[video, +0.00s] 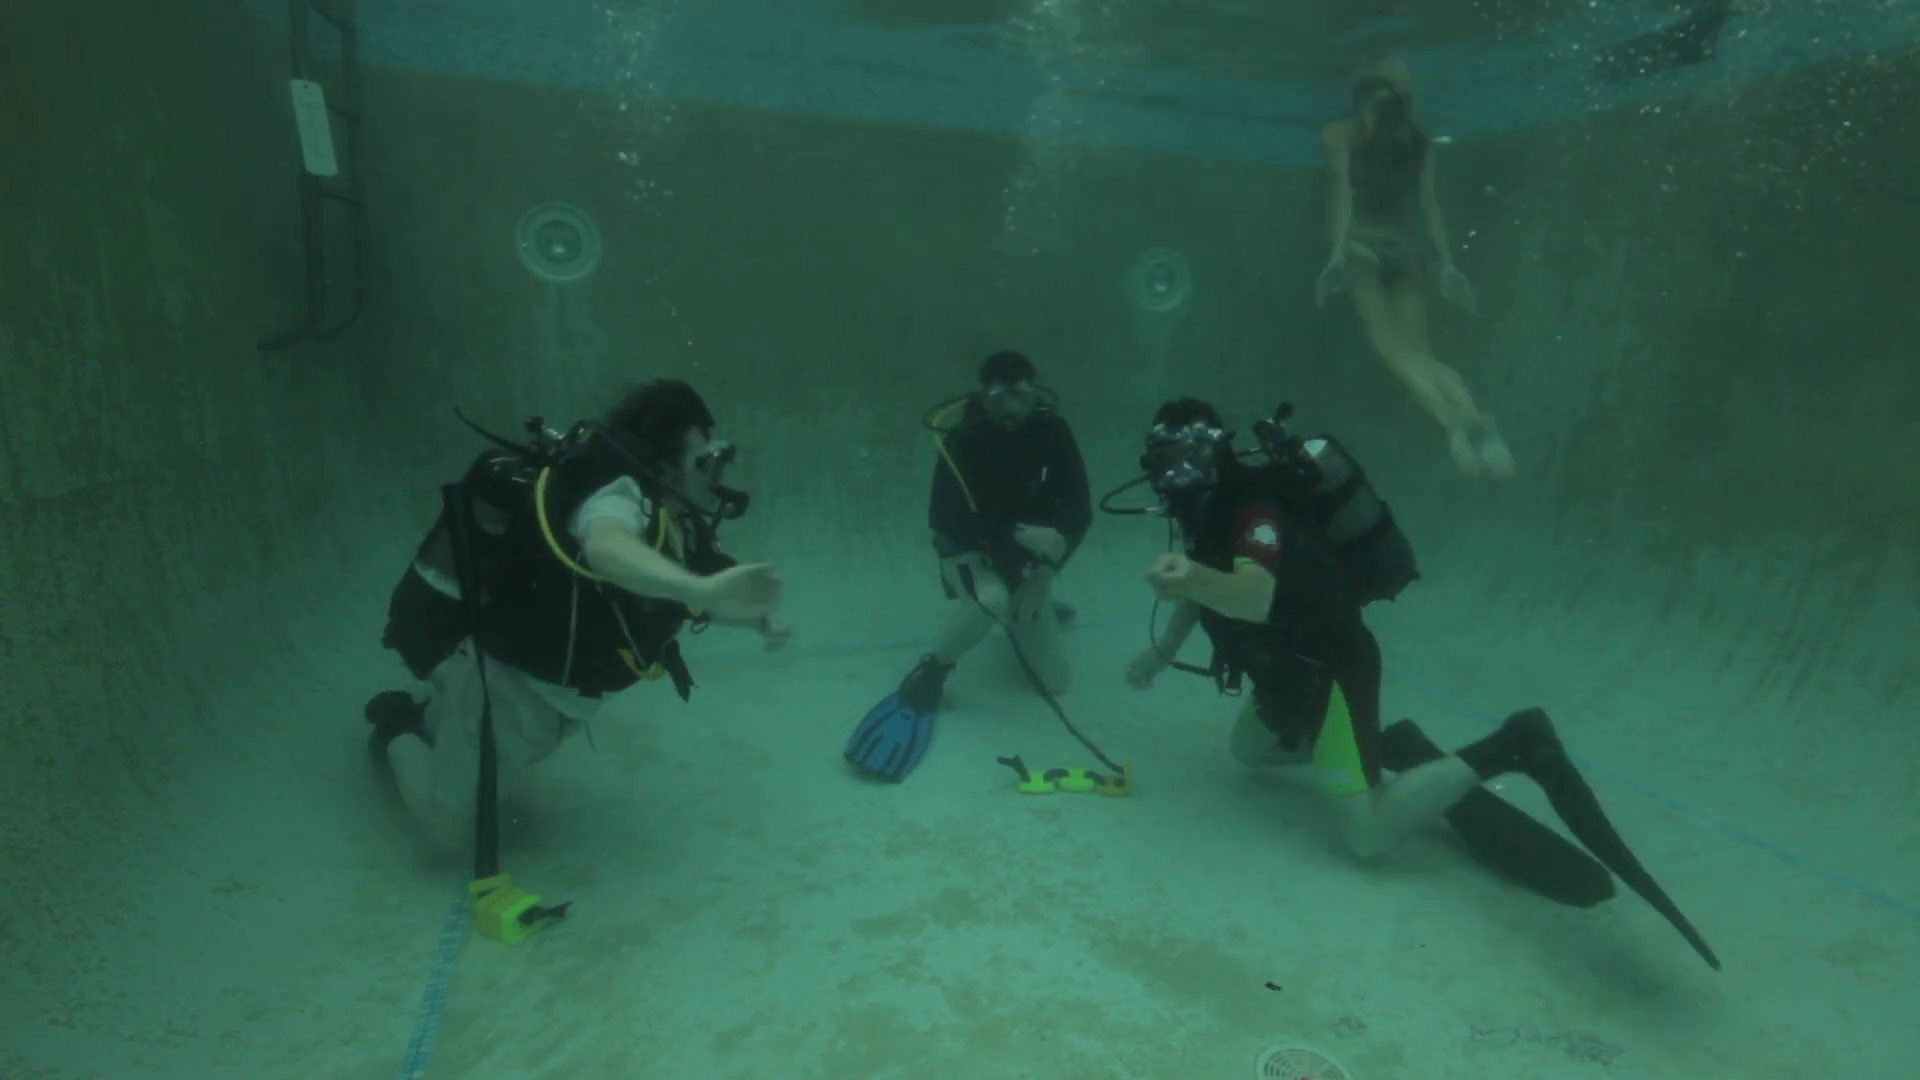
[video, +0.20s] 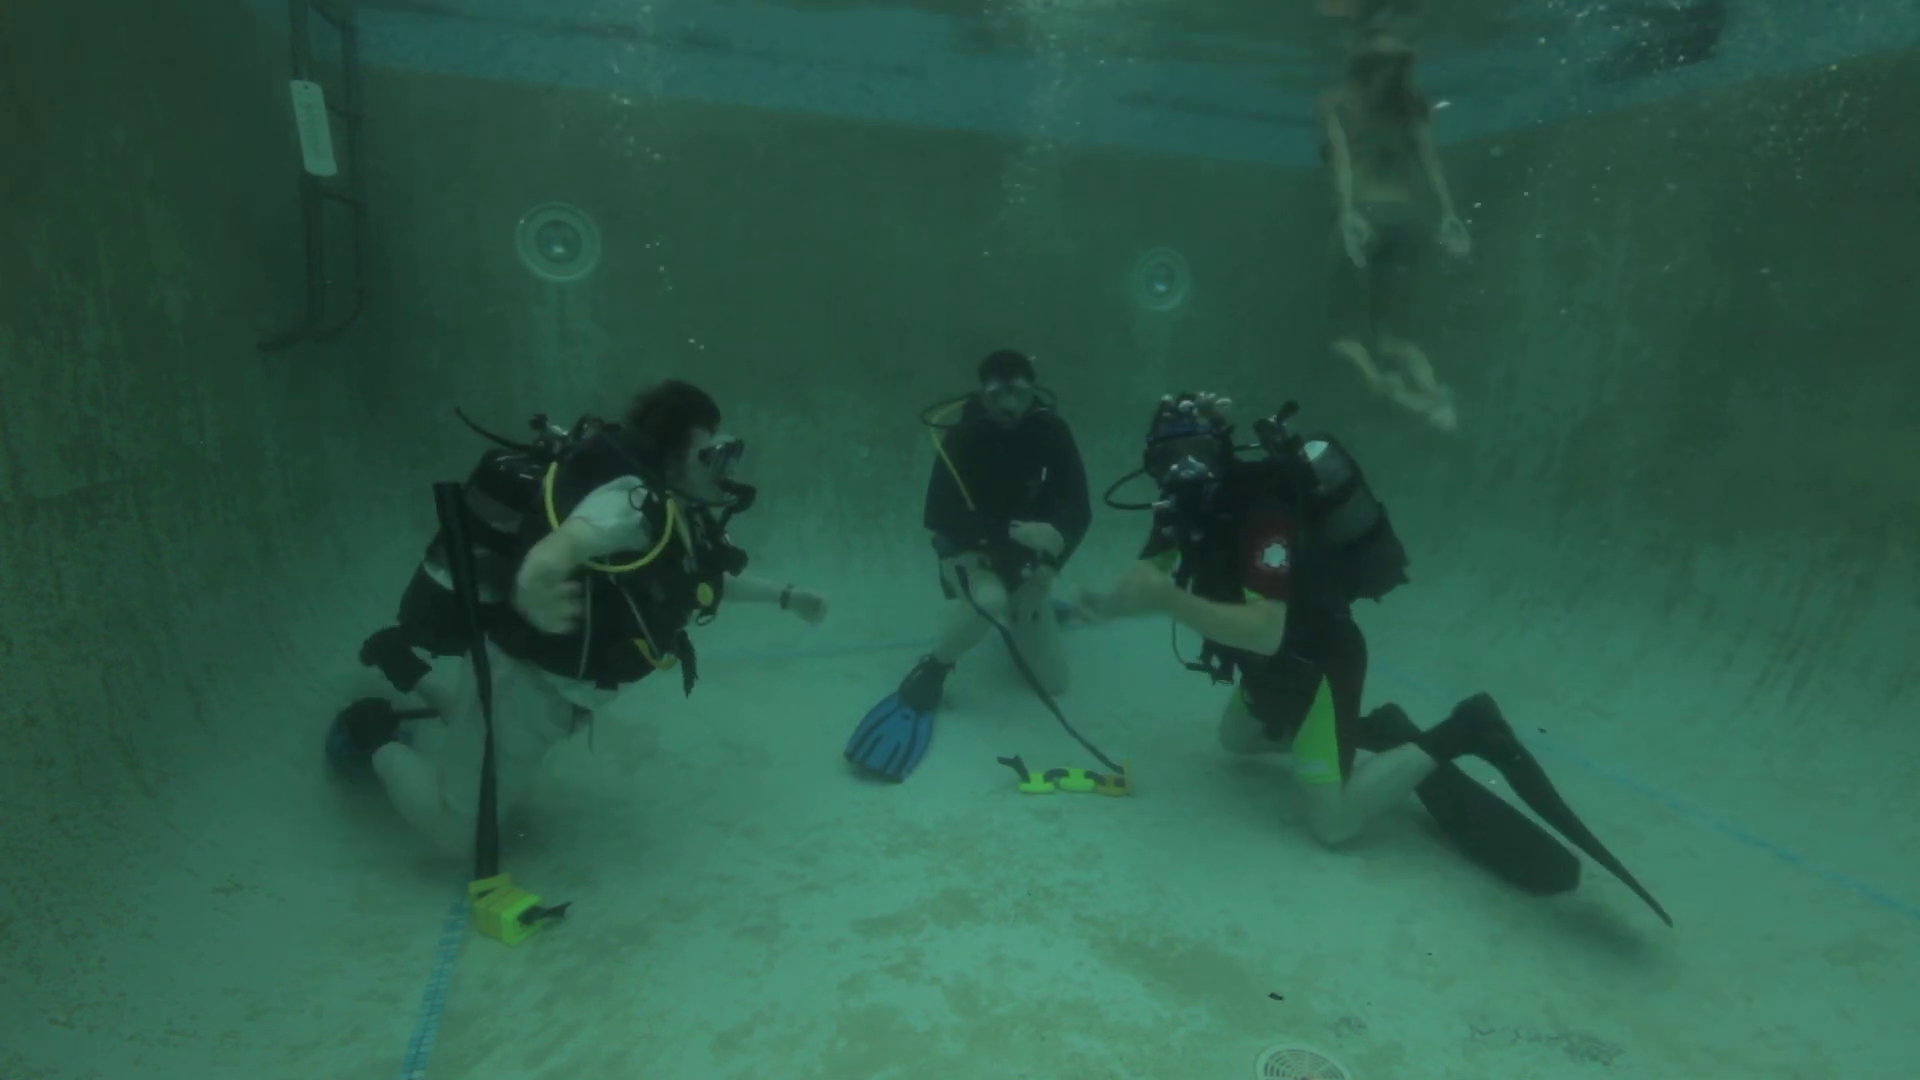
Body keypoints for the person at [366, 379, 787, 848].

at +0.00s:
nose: (719, 475)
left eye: (719, 460)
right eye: (706, 463)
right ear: (661, 462)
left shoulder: (679, 515)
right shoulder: (617, 494)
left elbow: (695, 593)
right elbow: (604, 548)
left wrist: (756, 617)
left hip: (568, 689)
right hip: (505, 681)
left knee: (502, 758)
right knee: (451, 826)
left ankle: (427, 715)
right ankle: (396, 735)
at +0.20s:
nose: (724, 465)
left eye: (722, 451)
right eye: (711, 453)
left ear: (686, 458)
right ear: (671, 457)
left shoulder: (682, 513)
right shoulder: (628, 507)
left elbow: (710, 576)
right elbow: (540, 570)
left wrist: (783, 594)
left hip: (574, 685)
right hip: (527, 682)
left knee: (513, 737)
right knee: (463, 831)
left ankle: (416, 677)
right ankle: (379, 739)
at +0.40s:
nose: (732, 459)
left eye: (731, 446)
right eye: (722, 447)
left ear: (692, 449)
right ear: (682, 447)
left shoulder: (692, 508)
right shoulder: (633, 497)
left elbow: (734, 567)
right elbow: (538, 551)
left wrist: (811, 576)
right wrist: (472, 610)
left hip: (576, 671)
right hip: (526, 666)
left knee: (514, 761)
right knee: (484, 828)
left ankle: (389, 691)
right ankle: (361, 737)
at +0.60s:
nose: (734, 451)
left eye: (733, 438)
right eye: (726, 439)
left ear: (693, 440)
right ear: (691, 442)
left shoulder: (695, 494)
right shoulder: (632, 488)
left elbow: (750, 556)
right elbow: (550, 558)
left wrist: (835, 565)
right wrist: (530, 635)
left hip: (595, 665)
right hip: (541, 663)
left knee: (527, 782)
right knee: (509, 831)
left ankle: (377, 704)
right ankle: (369, 746)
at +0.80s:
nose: (730, 443)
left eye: (729, 431)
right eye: (721, 431)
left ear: (688, 432)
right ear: (686, 434)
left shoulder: (692, 482)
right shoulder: (640, 479)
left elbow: (725, 553)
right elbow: (585, 559)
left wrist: (782, 578)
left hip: (596, 660)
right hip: (560, 659)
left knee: (529, 781)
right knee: (530, 830)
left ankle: (366, 710)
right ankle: (382, 736)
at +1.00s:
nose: (735, 435)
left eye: (734, 422)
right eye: (726, 423)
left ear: (684, 420)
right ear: (692, 424)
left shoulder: (679, 464)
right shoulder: (646, 465)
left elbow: (693, 548)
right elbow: (608, 537)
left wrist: (734, 582)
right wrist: (702, 584)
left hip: (600, 646)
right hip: (575, 648)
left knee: (536, 773)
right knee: (544, 820)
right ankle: (416, 722)